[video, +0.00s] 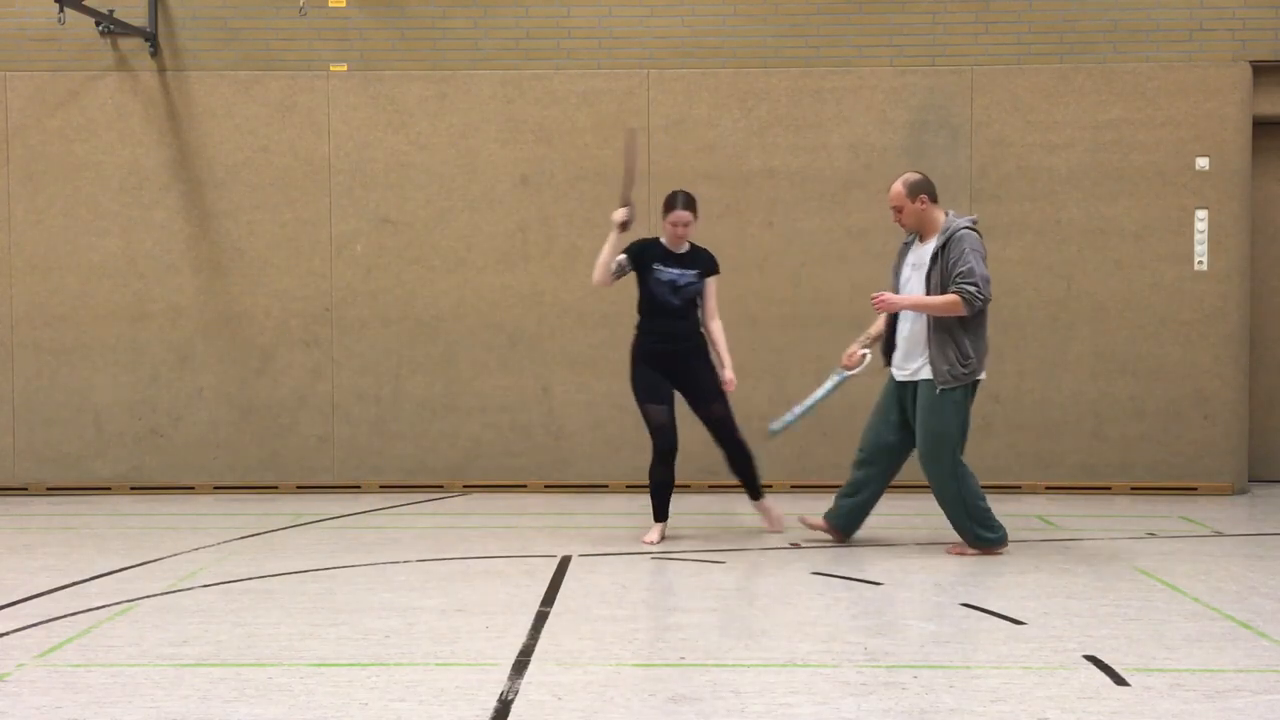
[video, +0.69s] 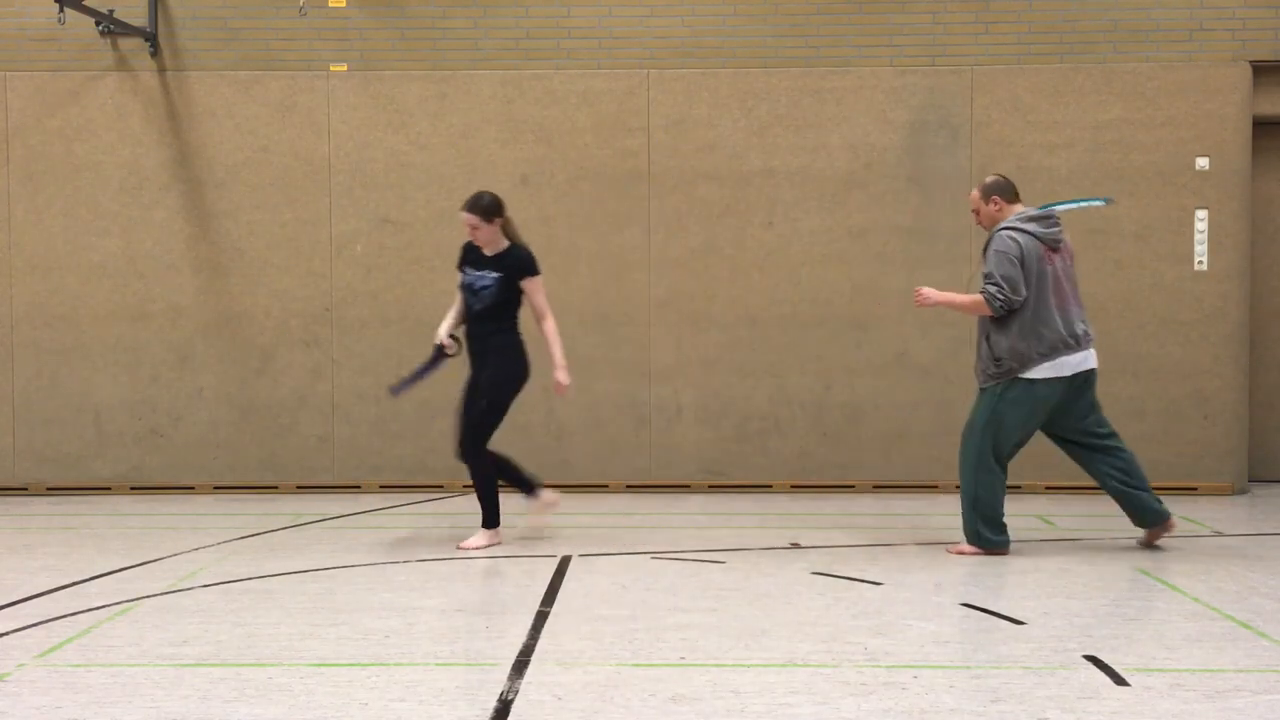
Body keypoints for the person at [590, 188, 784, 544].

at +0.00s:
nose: (680, 231)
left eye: (687, 224)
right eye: (675, 224)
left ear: (695, 223)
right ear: (663, 221)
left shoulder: (703, 261)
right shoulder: (644, 251)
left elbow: (711, 318)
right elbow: (601, 278)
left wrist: (726, 365)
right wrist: (616, 231)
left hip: (692, 358)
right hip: (650, 359)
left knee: (728, 433)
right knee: (664, 443)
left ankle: (758, 499)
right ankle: (659, 524)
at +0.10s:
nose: (654, 226)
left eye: (661, 219)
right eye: (649, 218)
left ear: (673, 218)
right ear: (641, 216)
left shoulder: (685, 251)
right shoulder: (624, 246)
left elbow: (694, 310)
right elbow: (588, 293)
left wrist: (705, 357)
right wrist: (580, 254)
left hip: (675, 351)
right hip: (632, 352)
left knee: (684, 434)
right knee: (647, 440)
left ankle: (714, 496)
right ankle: (655, 523)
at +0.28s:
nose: (605, 228)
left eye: (612, 222)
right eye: (603, 221)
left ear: (631, 219)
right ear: (600, 218)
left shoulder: (651, 252)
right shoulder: (592, 248)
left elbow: (667, 306)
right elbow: (577, 303)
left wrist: (674, 356)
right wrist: (540, 299)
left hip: (636, 350)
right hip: (601, 350)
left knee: (601, 428)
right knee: (629, 434)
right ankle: (653, 519)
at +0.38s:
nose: (574, 233)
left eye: (580, 227)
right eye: (573, 227)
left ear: (600, 225)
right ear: (574, 225)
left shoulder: (623, 259)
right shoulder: (569, 255)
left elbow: (644, 315)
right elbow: (557, 311)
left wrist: (654, 366)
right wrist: (520, 325)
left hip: (611, 363)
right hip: (583, 364)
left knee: (566, 435)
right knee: (622, 444)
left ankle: (545, 527)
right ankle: (654, 518)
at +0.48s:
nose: (532, 238)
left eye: (538, 232)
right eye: (530, 232)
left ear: (559, 230)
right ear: (532, 231)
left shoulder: (579, 267)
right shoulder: (530, 260)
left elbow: (604, 320)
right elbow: (522, 313)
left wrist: (622, 370)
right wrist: (496, 340)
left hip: (567, 372)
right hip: (549, 371)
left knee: (515, 439)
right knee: (599, 446)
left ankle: (493, 529)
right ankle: (650, 511)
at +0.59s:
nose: (499, 238)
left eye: (504, 231)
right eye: (497, 231)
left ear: (525, 228)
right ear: (502, 229)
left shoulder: (546, 265)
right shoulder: (498, 258)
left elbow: (573, 320)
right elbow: (489, 308)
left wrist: (593, 370)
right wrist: (471, 341)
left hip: (533, 367)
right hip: (514, 366)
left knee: (486, 440)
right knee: (541, 452)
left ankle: (491, 530)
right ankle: (612, 498)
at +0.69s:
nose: (470, 234)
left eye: (474, 227)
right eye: (467, 228)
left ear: (495, 223)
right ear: (472, 226)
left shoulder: (519, 259)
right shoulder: (470, 254)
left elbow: (544, 315)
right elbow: (464, 301)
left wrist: (560, 366)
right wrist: (445, 328)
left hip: (507, 364)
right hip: (481, 363)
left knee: (472, 445)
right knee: (470, 446)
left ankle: (490, 529)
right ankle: (538, 493)